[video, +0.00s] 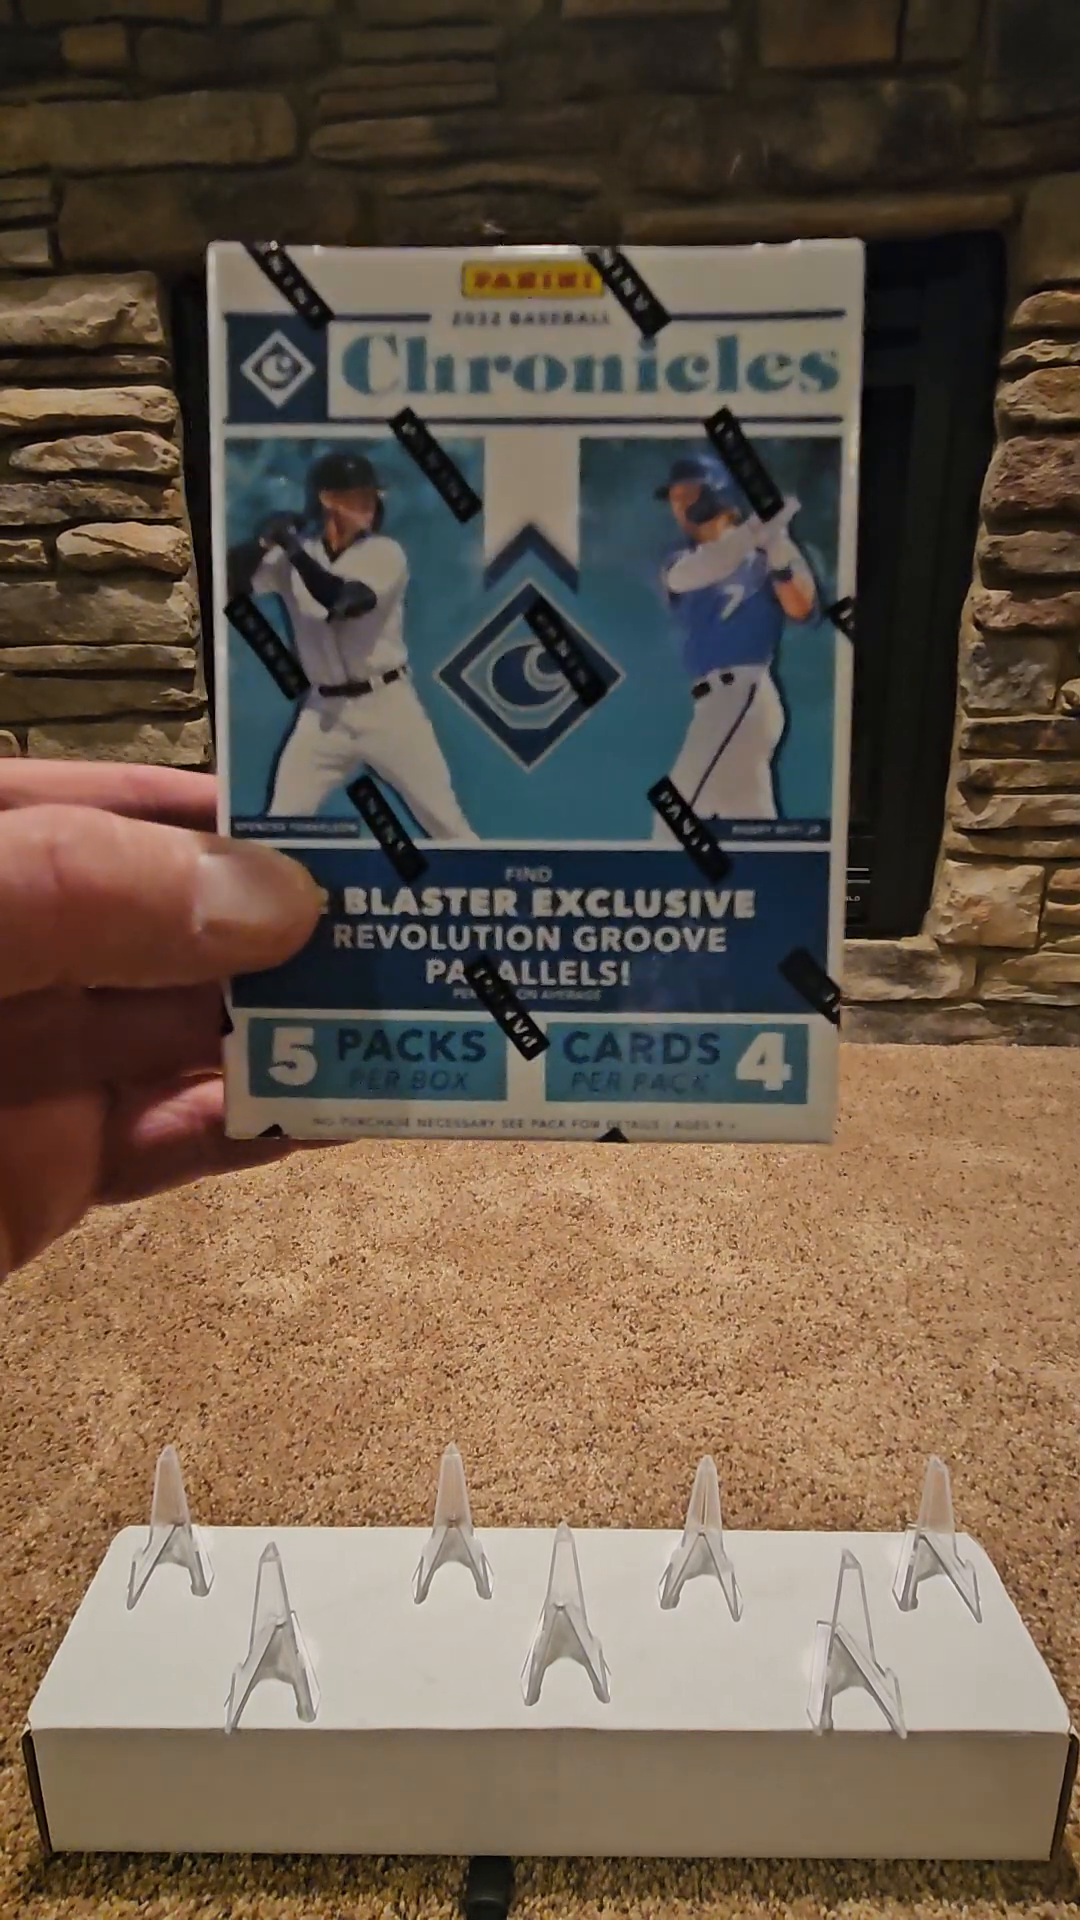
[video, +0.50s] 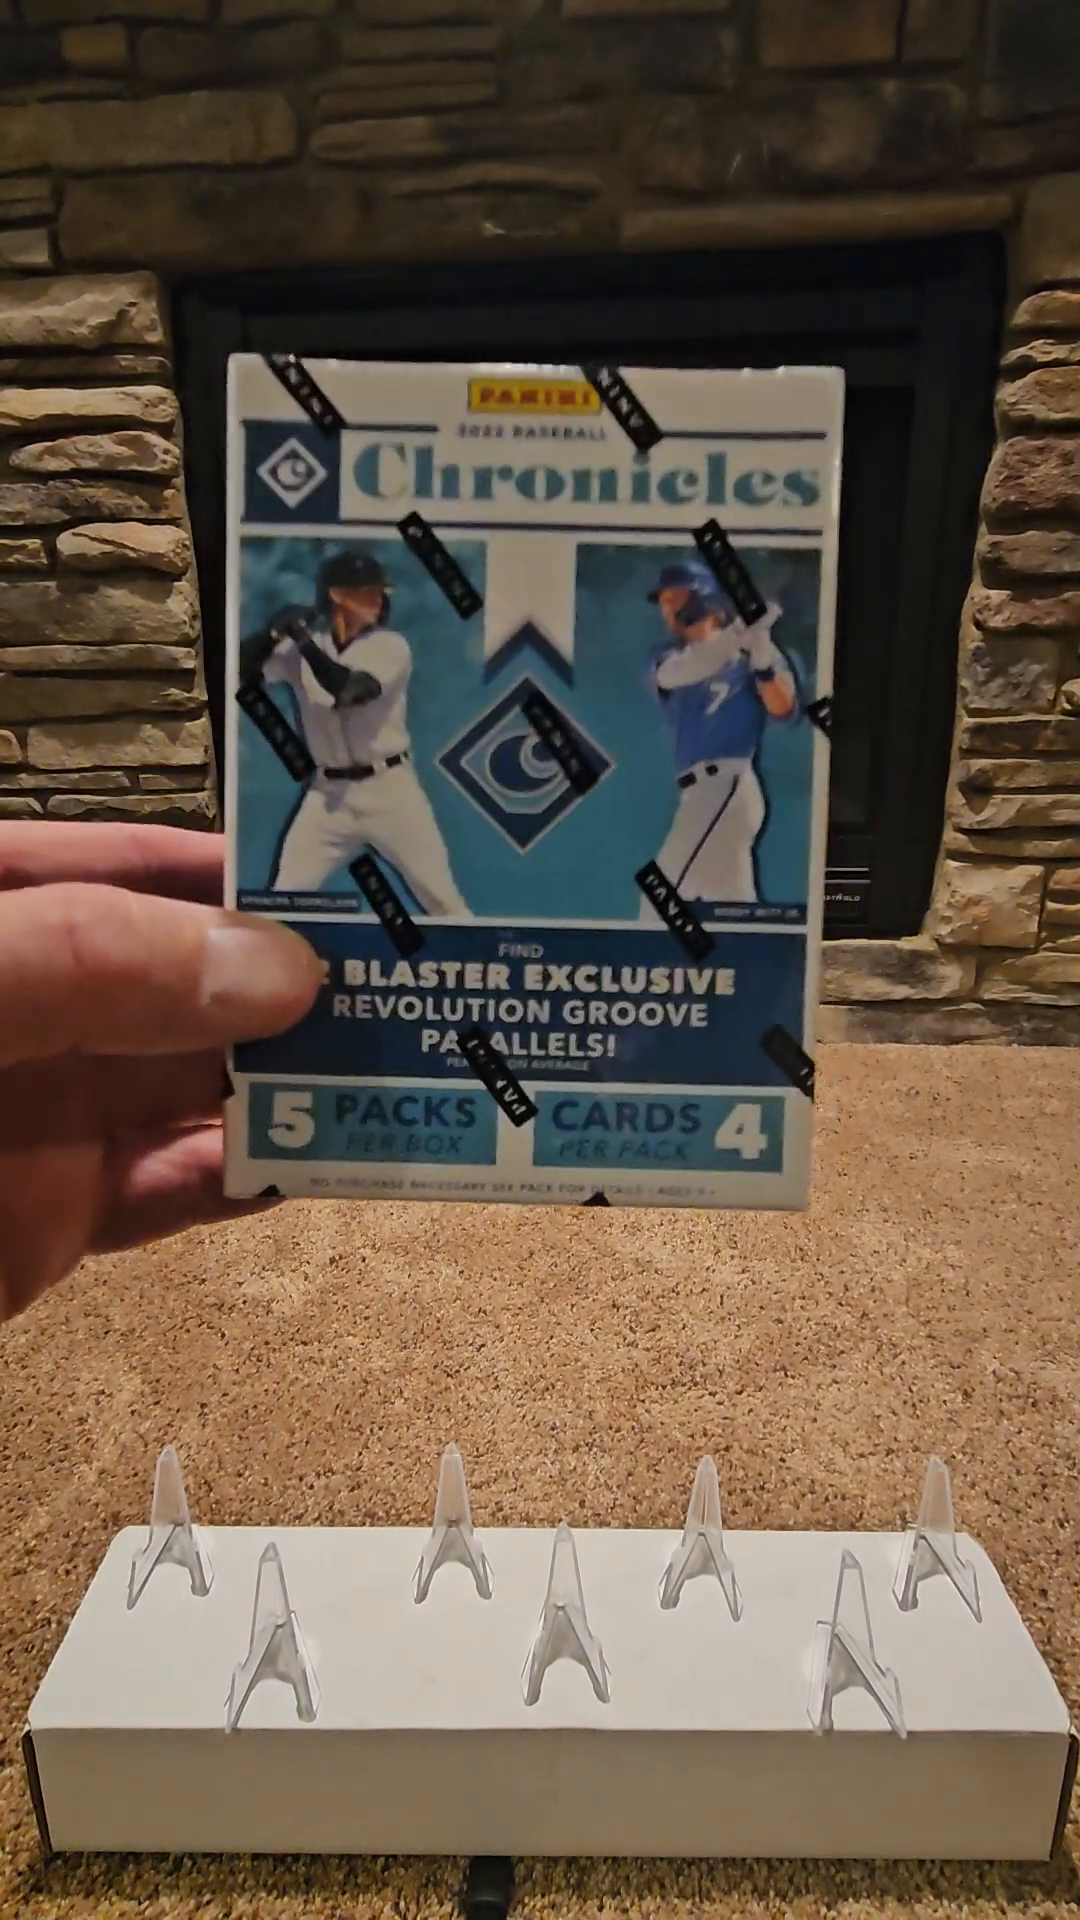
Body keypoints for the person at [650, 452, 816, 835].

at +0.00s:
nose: (679, 509)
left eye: (688, 496)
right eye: (674, 500)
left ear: (717, 497)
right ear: (670, 506)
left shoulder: (769, 547)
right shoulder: (680, 562)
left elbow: (801, 609)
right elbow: (698, 572)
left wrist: (777, 546)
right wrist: (757, 528)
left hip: (744, 697)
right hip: (713, 702)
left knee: (676, 816)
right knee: (753, 832)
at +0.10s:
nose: (692, 494)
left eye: (701, 482)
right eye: (687, 486)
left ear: (730, 484)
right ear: (684, 493)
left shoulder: (781, 536)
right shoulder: (691, 552)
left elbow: (815, 600)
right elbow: (715, 558)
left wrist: (790, 533)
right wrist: (769, 517)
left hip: (757, 687)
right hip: (725, 692)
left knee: (686, 805)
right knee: (764, 823)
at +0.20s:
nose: (701, 475)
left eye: (710, 462)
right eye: (696, 466)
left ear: (739, 463)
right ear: (693, 475)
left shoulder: (792, 515)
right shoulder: (705, 530)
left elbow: (825, 580)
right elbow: (711, 546)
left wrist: (800, 513)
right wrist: (777, 499)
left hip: (767, 669)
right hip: (734, 674)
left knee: (696, 790)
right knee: (776, 808)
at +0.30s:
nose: (701, 490)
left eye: (709, 476)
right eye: (695, 481)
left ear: (736, 475)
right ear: (692, 489)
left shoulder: (790, 528)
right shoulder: (702, 545)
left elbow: (823, 591)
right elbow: (719, 554)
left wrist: (799, 525)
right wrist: (778, 509)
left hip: (766, 679)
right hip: (734, 684)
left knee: (696, 800)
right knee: (775, 817)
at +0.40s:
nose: (683, 554)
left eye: (692, 541)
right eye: (678, 545)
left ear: (719, 544)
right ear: (675, 555)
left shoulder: (763, 590)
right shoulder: (686, 607)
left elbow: (800, 651)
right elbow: (692, 620)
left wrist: (776, 589)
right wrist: (755, 576)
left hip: (746, 733)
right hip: (714, 737)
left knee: (680, 849)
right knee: (749, 863)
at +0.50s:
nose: (668, 609)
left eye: (676, 597)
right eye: (663, 601)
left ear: (705, 600)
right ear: (660, 608)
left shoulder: (754, 649)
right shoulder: (665, 660)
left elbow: (783, 708)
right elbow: (687, 670)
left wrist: (761, 650)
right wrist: (738, 632)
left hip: (728, 787)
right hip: (698, 792)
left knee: (661, 897)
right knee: (735, 913)